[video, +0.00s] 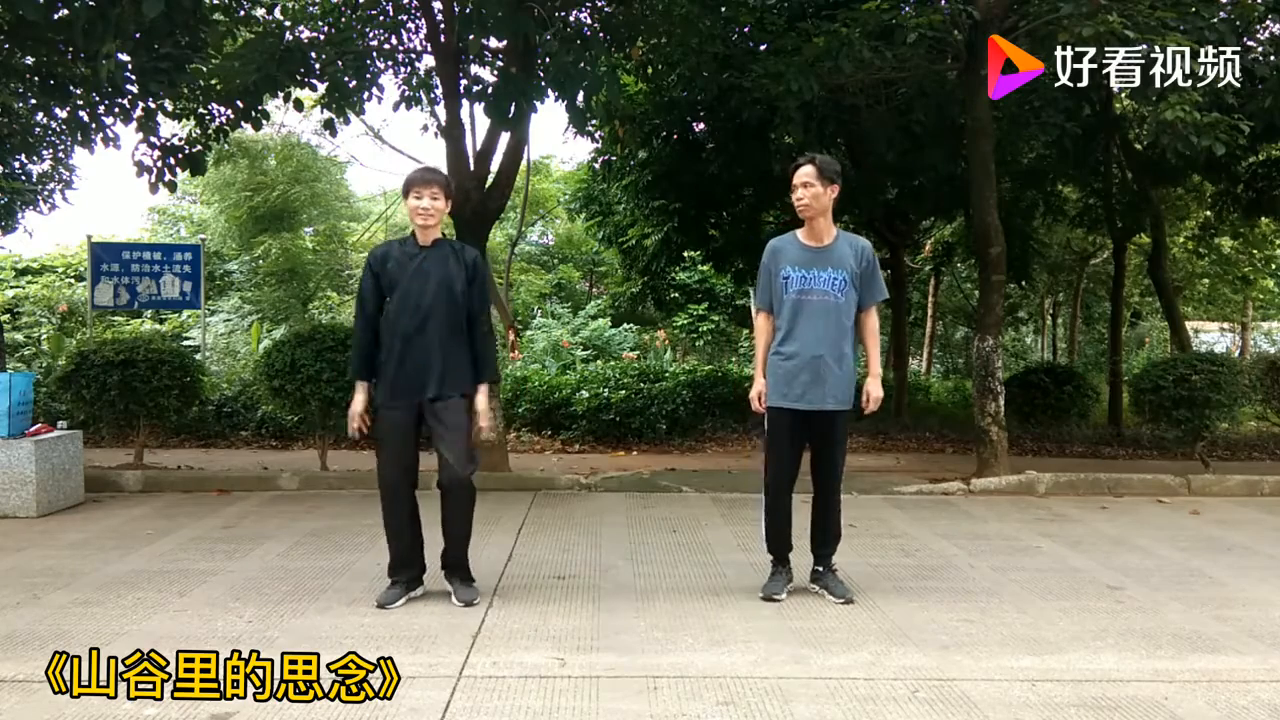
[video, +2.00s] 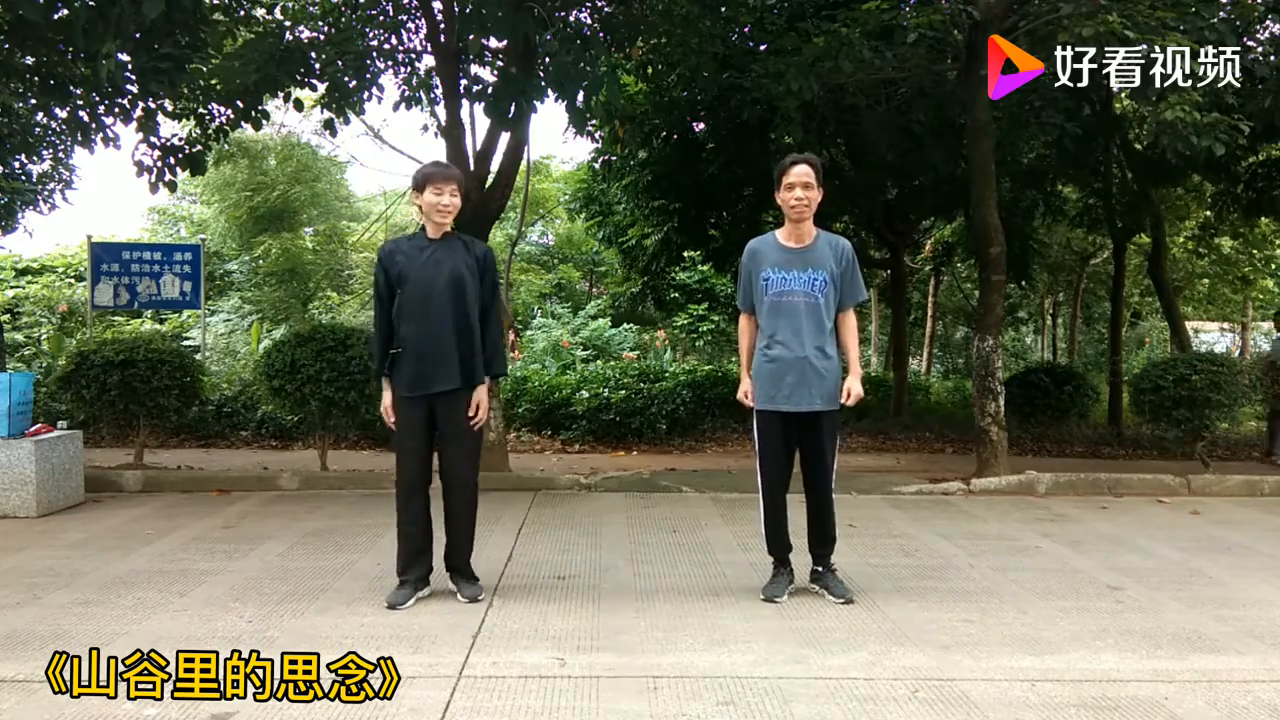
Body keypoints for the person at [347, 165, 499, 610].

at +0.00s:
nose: (426, 205)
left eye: (434, 198)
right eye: (417, 198)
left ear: (446, 205)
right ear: (405, 204)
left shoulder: (468, 260)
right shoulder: (382, 258)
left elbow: (481, 329)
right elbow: (365, 327)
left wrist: (483, 390)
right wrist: (360, 388)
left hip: (453, 389)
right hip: (393, 390)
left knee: (459, 475)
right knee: (394, 483)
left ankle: (458, 571)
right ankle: (405, 575)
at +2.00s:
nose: (447, 201)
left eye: (454, 194)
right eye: (438, 193)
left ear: (460, 200)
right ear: (418, 198)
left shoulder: (477, 253)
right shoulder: (393, 253)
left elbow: (491, 322)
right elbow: (383, 323)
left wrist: (485, 382)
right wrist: (385, 382)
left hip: (462, 384)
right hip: (408, 385)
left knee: (462, 482)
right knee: (411, 483)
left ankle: (462, 571)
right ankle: (413, 575)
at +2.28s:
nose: (435, 198)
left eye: (444, 191)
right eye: (427, 190)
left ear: (456, 198)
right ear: (414, 197)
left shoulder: (476, 249)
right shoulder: (398, 252)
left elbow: (513, 306)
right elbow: (377, 307)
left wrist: (531, 362)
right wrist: (349, 340)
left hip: (461, 382)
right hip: (408, 382)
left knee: (460, 481)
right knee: (410, 482)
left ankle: (462, 572)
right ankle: (412, 576)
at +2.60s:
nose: (426, 194)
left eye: (435, 187)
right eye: (419, 187)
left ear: (449, 193)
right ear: (408, 192)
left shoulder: (471, 245)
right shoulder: (388, 248)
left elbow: (499, 306)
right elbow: (368, 309)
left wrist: (516, 364)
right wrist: (352, 361)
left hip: (462, 362)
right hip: (412, 366)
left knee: (450, 422)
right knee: (417, 470)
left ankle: (453, 524)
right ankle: (421, 573)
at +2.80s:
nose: (435, 200)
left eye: (444, 193)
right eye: (427, 192)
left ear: (456, 199)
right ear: (415, 197)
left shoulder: (476, 252)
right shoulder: (394, 249)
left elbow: (489, 312)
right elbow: (369, 306)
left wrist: (488, 370)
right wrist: (392, 318)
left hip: (466, 352)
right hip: (414, 360)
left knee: (432, 373)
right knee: (428, 460)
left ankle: (434, 472)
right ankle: (439, 559)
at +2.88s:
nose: (435, 197)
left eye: (444, 190)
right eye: (427, 189)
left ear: (457, 195)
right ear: (416, 194)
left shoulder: (477, 247)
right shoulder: (395, 243)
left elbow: (491, 306)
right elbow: (369, 302)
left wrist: (489, 361)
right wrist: (406, 285)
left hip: (464, 351)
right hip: (415, 357)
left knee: (435, 401)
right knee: (430, 441)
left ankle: (430, 508)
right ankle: (447, 548)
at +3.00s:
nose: (437, 221)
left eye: (446, 214)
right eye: (429, 214)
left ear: (458, 220)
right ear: (418, 219)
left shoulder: (478, 271)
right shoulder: (401, 266)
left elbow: (498, 328)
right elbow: (374, 317)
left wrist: (502, 379)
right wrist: (409, 281)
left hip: (464, 384)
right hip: (417, 386)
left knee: (445, 470)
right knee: (431, 472)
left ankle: (436, 580)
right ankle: (455, 541)